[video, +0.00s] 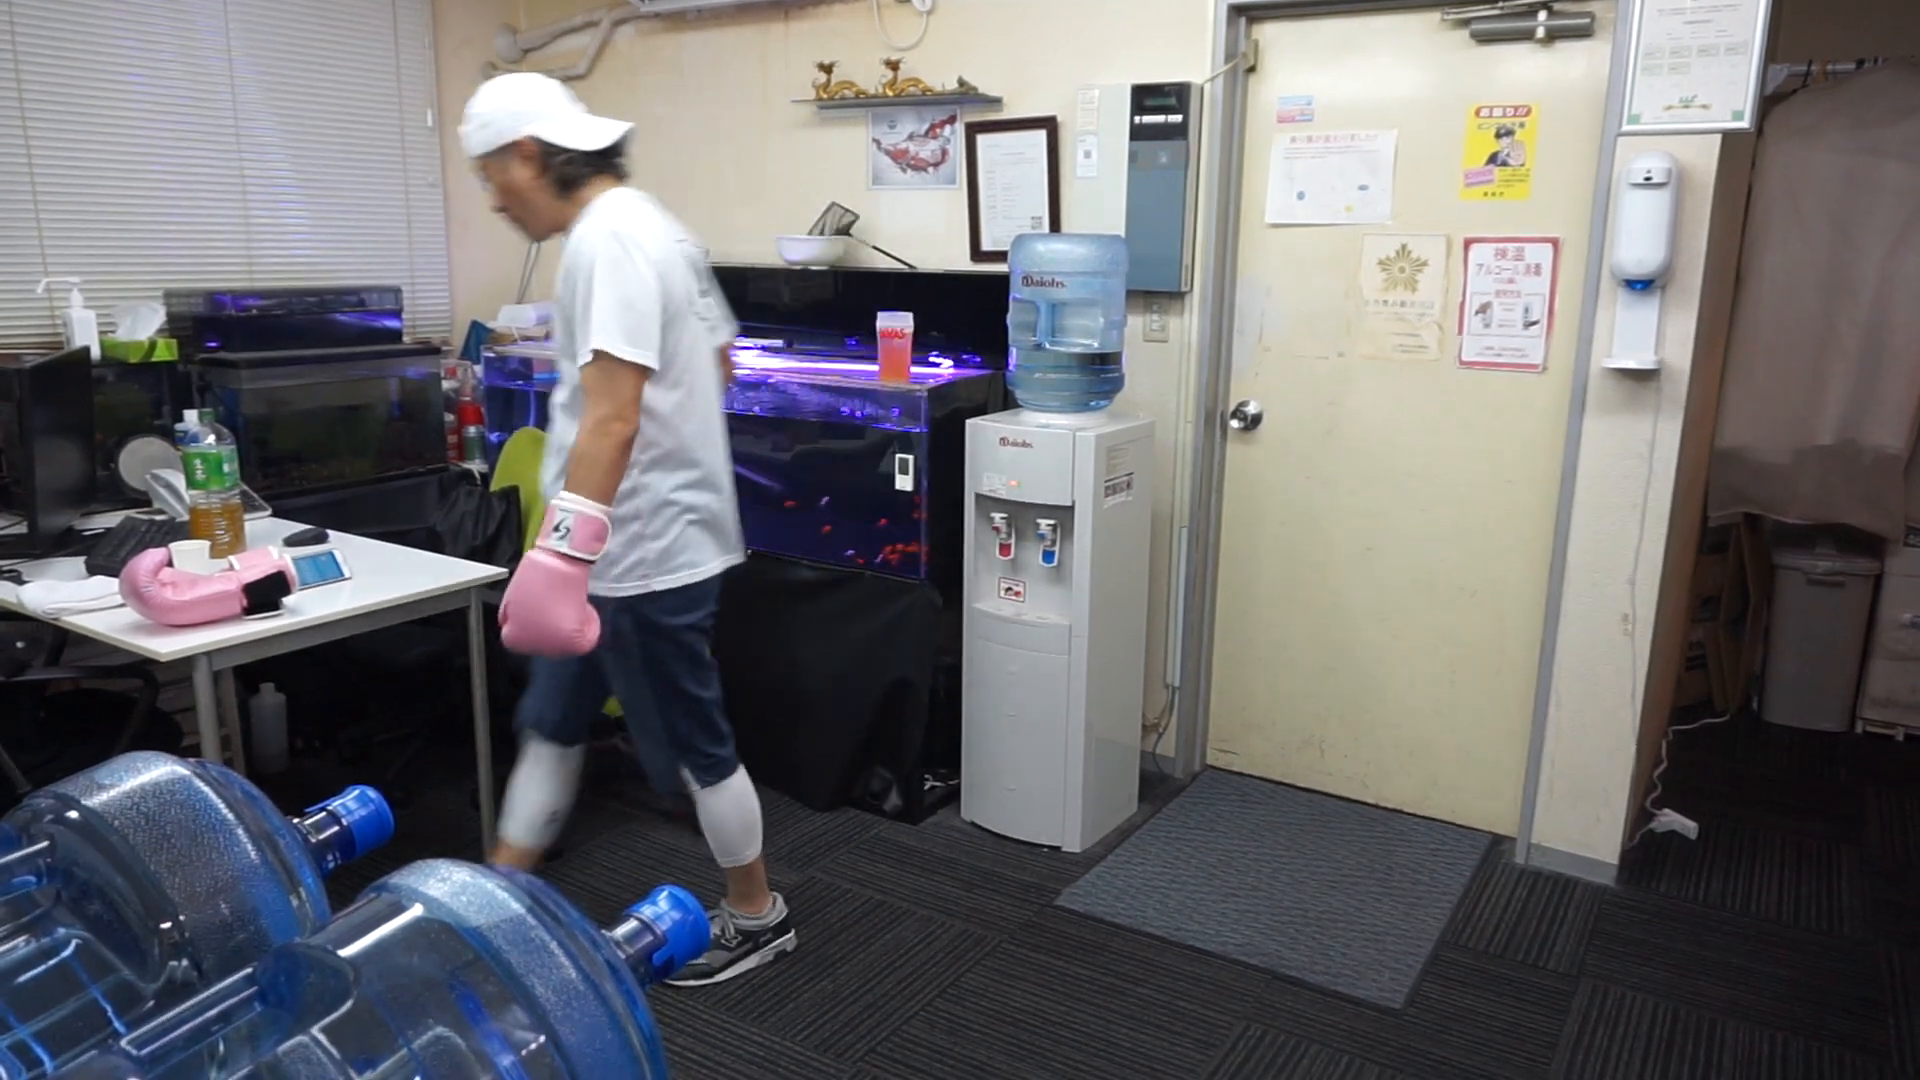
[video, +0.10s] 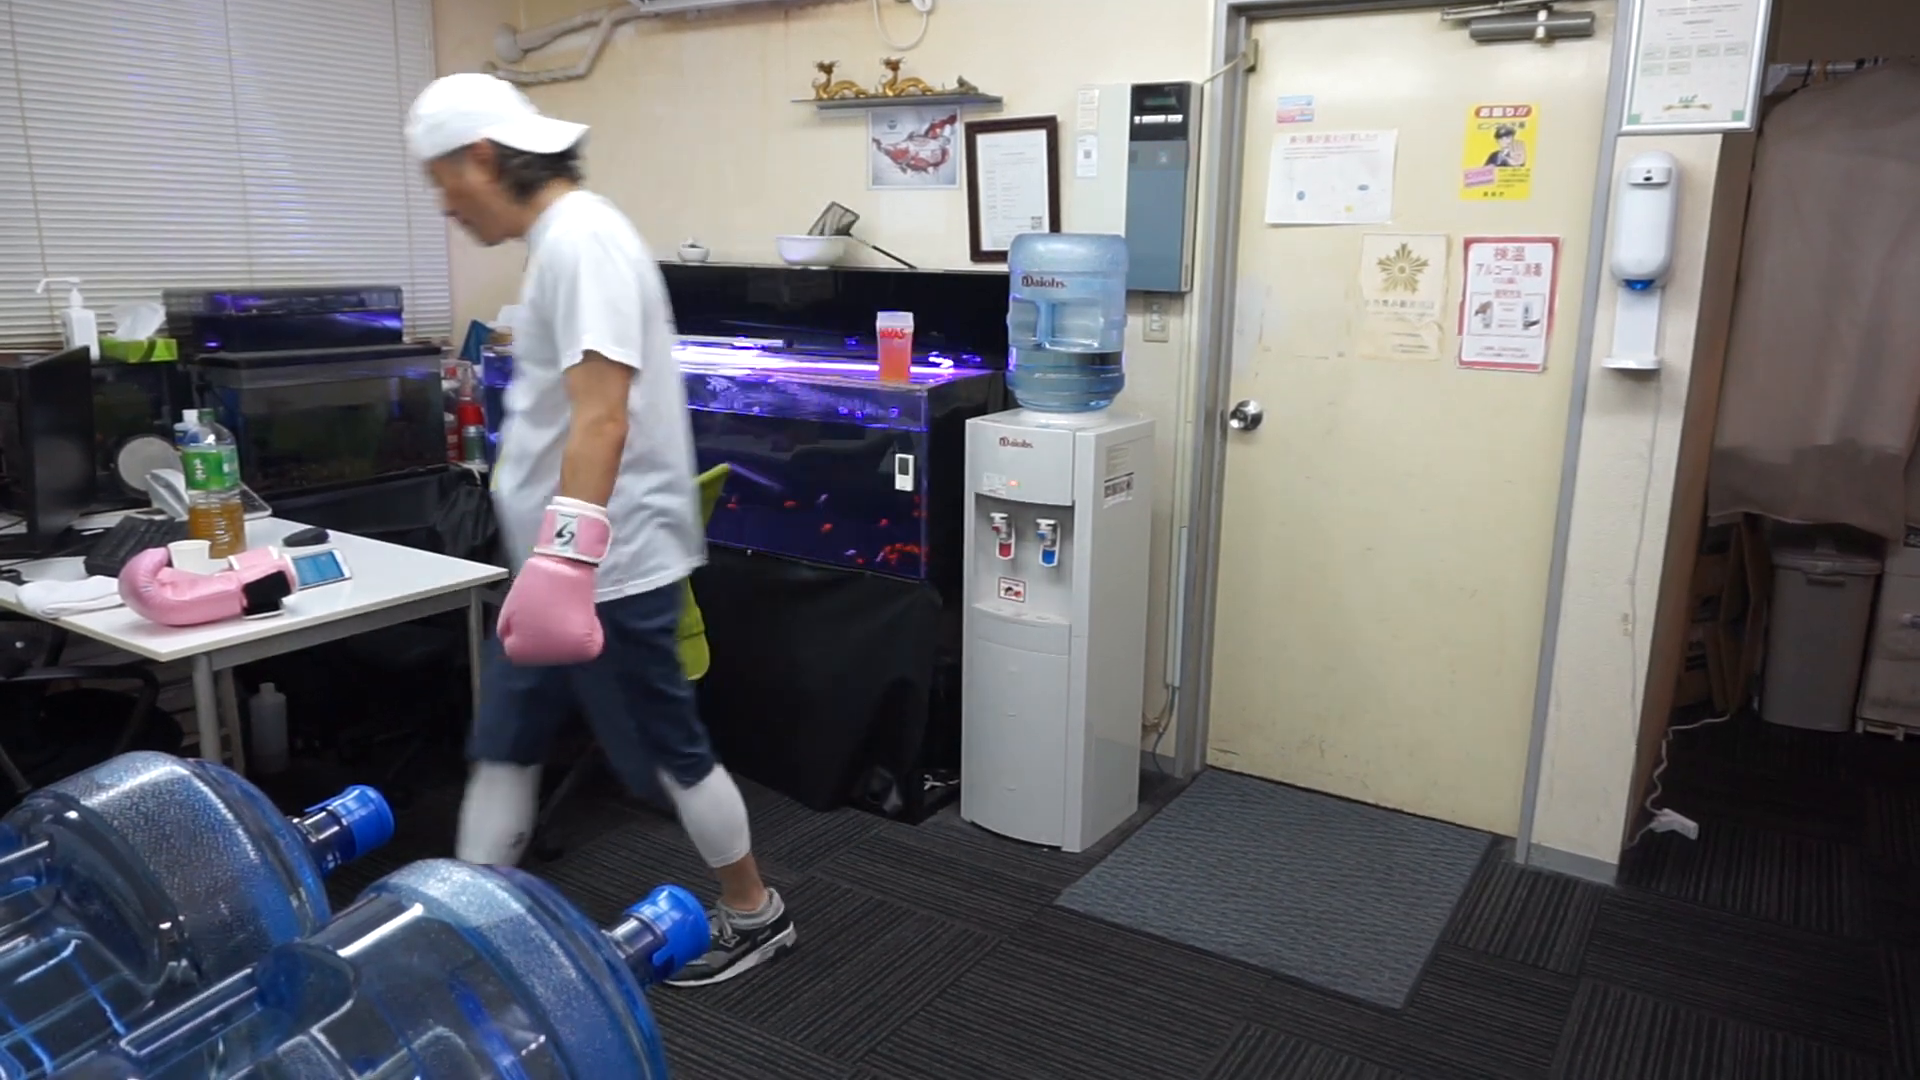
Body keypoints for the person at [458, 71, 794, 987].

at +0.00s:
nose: (493, 198)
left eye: (494, 175)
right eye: (485, 181)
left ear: (537, 154)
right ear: (554, 156)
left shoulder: (609, 241)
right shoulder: (649, 227)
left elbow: (613, 418)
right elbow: (716, 356)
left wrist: (563, 552)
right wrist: (647, 451)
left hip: (648, 557)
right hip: (623, 552)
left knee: (698, 745)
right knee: (550, 724)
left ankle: (756, 911)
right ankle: (496, 903)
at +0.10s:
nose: (447, 207)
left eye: (445, 183)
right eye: (437, 189)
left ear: (488, 158)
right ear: (493, 158)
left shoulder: (583, 241)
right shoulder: (559, 243)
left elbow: (601, 417)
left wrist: (566, 558)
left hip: (617, 570)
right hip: (558, 566)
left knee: (674, 751)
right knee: (503, 750)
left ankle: (751, 906)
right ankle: (469, 931)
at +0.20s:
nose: (390, 203)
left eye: (390, 178)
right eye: (382, 183)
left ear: (438, 153)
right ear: (441, 156)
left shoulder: (549, 237)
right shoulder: (503, 243)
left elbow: (586, 402)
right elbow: (522, 402)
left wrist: (571, 548)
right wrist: (451, 470)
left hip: (554, 571)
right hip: (487, 569)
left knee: (611, 756)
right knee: (457, 760)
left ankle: (743, 904)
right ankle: (453, 941)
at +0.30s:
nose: (334, 194)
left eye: (335, 168)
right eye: (326, 173)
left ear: (388, 143)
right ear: (389, 148)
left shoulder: (511, 227)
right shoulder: (443, 246)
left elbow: (567, 383)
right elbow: (460, 406)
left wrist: (573, 531)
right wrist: (370, 464)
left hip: (500, 581)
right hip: (431, 581)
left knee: (516, 792)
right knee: (429, 789)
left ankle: (688, 878)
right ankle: (455, 963)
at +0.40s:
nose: (284, 182)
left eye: (288, 156)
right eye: (277, 164)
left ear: (351, 130)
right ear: (341, 139)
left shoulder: (478, 218)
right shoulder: (375, 247)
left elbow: (551, 372)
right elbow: (375, 386)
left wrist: (561, 518)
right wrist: (300, 474)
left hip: (458, 578)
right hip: (387, 577)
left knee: (421, 803)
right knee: (413, 798)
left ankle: (588, 887)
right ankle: (457, 974)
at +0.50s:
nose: (241, 176)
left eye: (248, 150)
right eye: (231, 157)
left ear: (318, 125)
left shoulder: (450, 217)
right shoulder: (315, 244)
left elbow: (529, 373)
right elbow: (315, 387)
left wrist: (542, 512)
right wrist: (256, 497)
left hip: (426, 574)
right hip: (347, 577)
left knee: (339, 809)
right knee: (419, 793)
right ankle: (459, 973)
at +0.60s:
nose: (196, 173)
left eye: (207, 146)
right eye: (184, 153)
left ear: (283, 125)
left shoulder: (412, 222)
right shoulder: (265, 241)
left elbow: (494, 375)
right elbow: (284, 396)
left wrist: (520, 525)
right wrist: (245, 506)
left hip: (393, 589)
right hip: (310, 591)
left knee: (311, 830)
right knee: (404, 798)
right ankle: (445, 971)